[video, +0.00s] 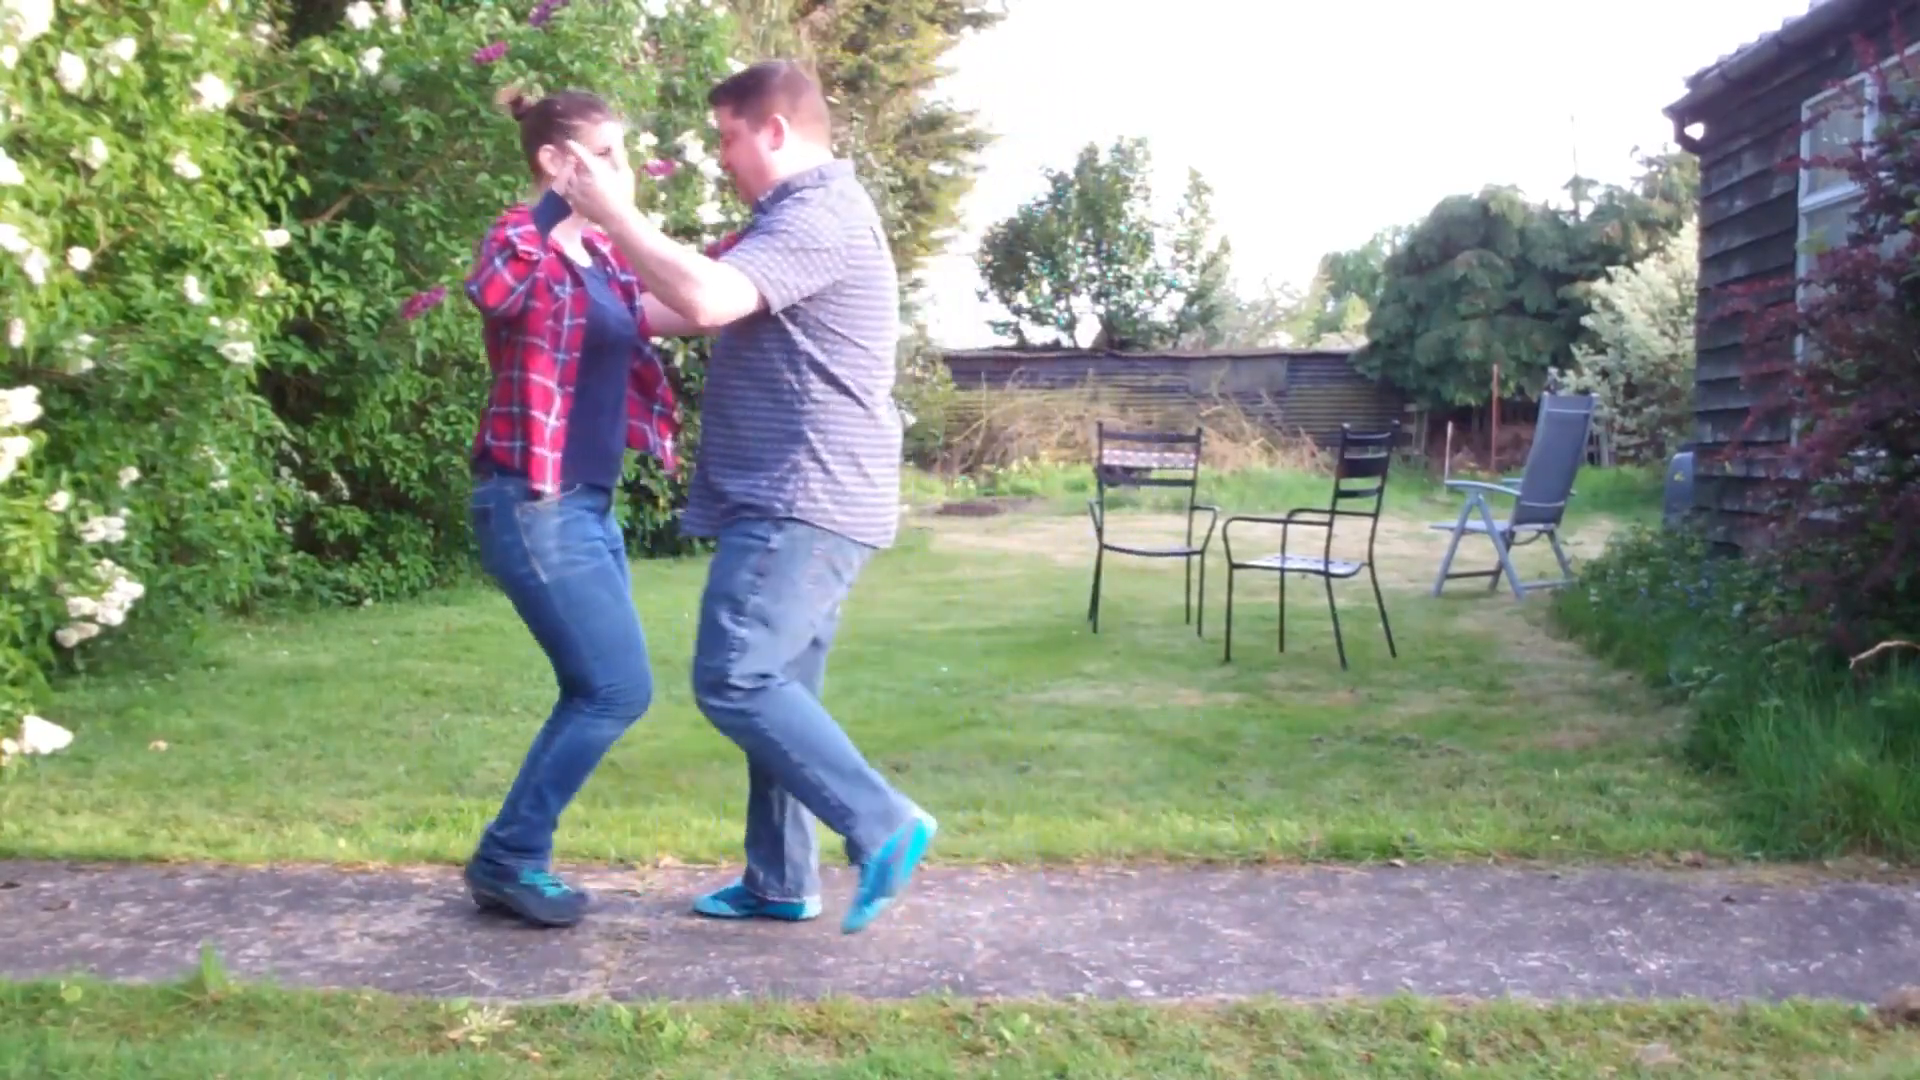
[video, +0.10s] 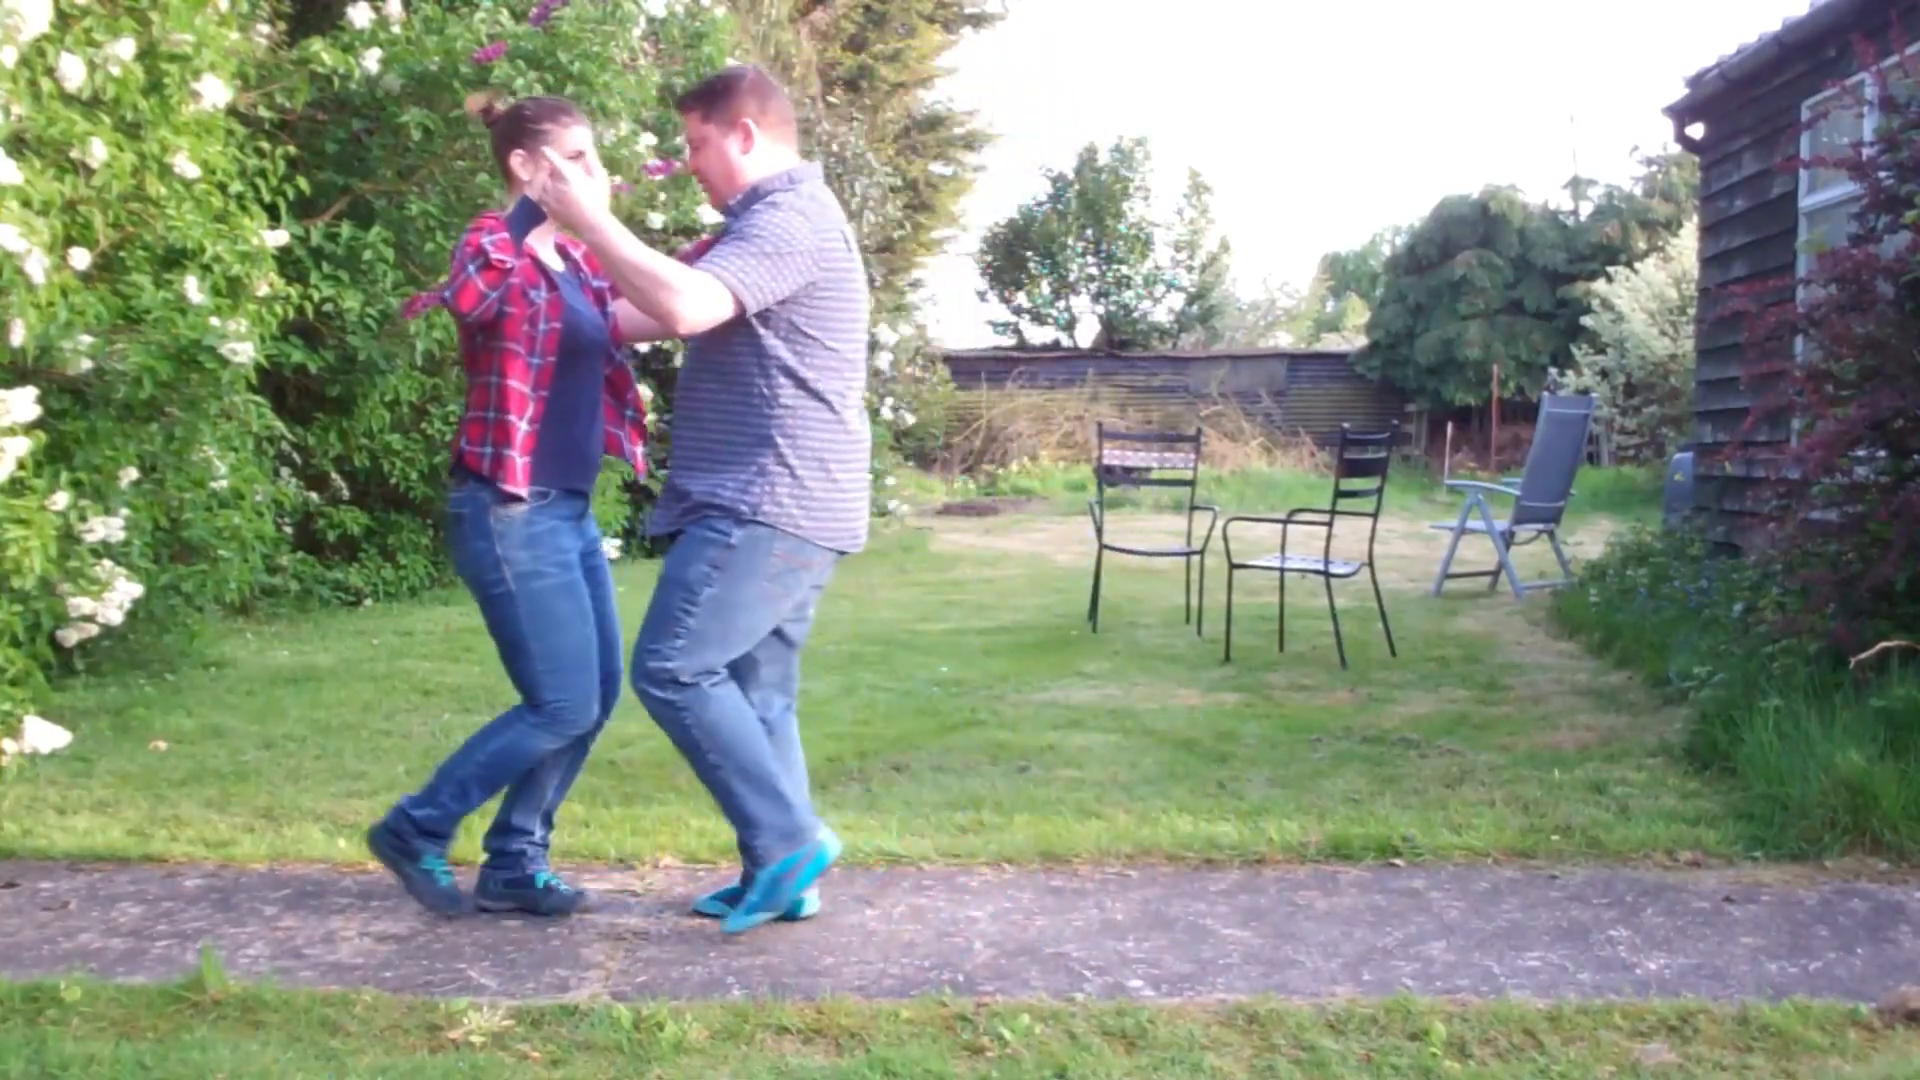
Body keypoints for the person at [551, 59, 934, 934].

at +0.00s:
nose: (720, 158)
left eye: (726, 139)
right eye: (719, 141)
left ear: (773, 131)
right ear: (785, 131)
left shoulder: (817, 212)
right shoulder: (810, 209)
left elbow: (705, 299)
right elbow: (703, 293)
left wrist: (617, 214)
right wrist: (621, 242)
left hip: (803, 496)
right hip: (807, 497)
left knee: (735, 680)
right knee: (782, 688)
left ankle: (886, 827)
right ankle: (779, 881)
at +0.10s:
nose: (689, 166)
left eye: (695, 145)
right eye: (687, 148)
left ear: (746, 133)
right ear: (756, 135)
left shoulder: (793, 211)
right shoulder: (784, 214)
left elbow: (693, 303)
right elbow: (672, 315)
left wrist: (593, 220)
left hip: (769, 497)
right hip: (791, 499)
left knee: (671, 667)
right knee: (759, 692)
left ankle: (790, 843)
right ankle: (778, 873)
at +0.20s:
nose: (659, 168)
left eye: (666, 148)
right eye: (658, 151)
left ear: (718, 135)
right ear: (726, 138)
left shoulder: (764, 213)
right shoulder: (759, 217)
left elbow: (668, 299)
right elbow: (641, 317)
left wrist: (565, 216)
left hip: (740, 500)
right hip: (775, 503)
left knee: (637, 670)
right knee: (739, 692)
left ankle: (679, 878)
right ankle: (778, 876)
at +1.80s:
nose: (720, 136)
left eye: (724, 119)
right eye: (722, 119)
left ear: (751, 118)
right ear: (820, 121)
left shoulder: (739, 207)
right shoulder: (870, 219)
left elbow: (630, 330)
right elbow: (767, 319)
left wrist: (517, 306)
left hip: (760, 514)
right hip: (870, 512)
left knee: (736, 722)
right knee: (849, 703)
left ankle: (777, 939)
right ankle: (921, 887)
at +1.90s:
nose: (739, 143)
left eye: (740, 125)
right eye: (733, 129)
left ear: (767, 118)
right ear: (843, 124)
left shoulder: (737, 216)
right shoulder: (902, 224)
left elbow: (650, 343)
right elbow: (874, 338)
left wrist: (543, 339)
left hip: (763, 514)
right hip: (880, 521)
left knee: (747, 723)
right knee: (877, 708)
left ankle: (775, 938)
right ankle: (943, 894)